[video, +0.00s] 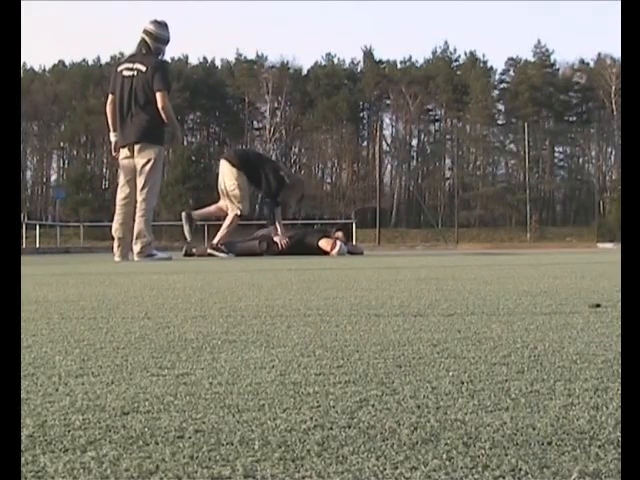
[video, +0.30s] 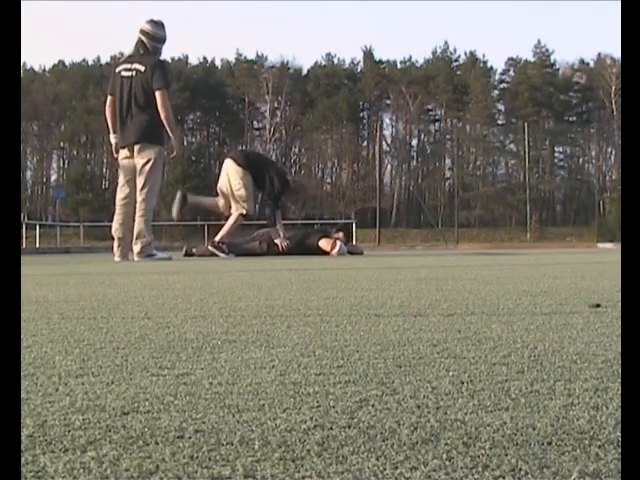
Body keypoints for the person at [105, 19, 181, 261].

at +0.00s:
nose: (164, 49)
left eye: (165, 44)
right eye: (164, 44)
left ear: (143, 38)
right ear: (160, 43)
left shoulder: (121, 65)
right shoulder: (156, 64)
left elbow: (110, 104)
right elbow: (162, 102)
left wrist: (114, 134)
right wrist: (175, 127)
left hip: (124, 137)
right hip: (148, 137)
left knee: (124, 195)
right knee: (146, 195)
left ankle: (119, 249)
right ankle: (143, 248)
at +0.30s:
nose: (162, 47)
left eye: (162, 43)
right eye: (161, 43)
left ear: (140, 38)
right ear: (157, 42)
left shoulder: (120, 66)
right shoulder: (155, 65)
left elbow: (110, 104)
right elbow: (162, 102)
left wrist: (114, 135)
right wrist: (175, 135)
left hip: (123, 138)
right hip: (149, 138)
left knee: (124, 195)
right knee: (146, 196)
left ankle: (119, 249)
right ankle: (143, 248)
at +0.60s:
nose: (160, 47)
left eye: (160, 43)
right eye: (159, 43)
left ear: (138, 38)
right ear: (155, 42)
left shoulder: (119, 65)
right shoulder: (153, 64)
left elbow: (109, 104)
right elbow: (159, 102)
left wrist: (110, 136)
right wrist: (172, 135)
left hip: (122, 138)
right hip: (147, 138)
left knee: (123, 195)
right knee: (145, 196)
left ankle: (119, 249)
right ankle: (142, 248)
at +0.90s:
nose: (160, 47)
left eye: (160, 43)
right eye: (159, 43)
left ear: (138, 38)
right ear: (155, 42)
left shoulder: (118, 66)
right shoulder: (153, 64)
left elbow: (107, 104)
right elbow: (160, 102)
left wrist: (110, 136)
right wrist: (172, 134)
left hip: (121, 138)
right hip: (147, 137)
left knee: (123, 196)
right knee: (144, 196)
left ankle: (119, 249)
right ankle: (142, 248)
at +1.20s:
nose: (160, 47)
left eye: (160, 43)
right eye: (159, 43)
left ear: (138, 38)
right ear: (155, 42)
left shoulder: (118, 66)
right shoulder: (153, 64)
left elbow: (107, 103)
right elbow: (159, 102)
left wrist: (109, 134)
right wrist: (171, 135)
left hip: (121, 138)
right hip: (146, 138)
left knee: (122, 196)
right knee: (144, 197)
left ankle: (119, 249)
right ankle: (142, 247)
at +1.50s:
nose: (158, 47)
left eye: (158, 43)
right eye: (158, 43)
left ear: (136, 39)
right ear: (154, 42)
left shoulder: (115, 66)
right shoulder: (152, 65)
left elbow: (105, 104)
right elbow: (159, 100)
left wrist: (109, 136)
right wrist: (172, 135)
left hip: (120, 138)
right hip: (145, 138)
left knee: (122, 196)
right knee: (144, 196)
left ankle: (119, 250)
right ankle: (142, 248)